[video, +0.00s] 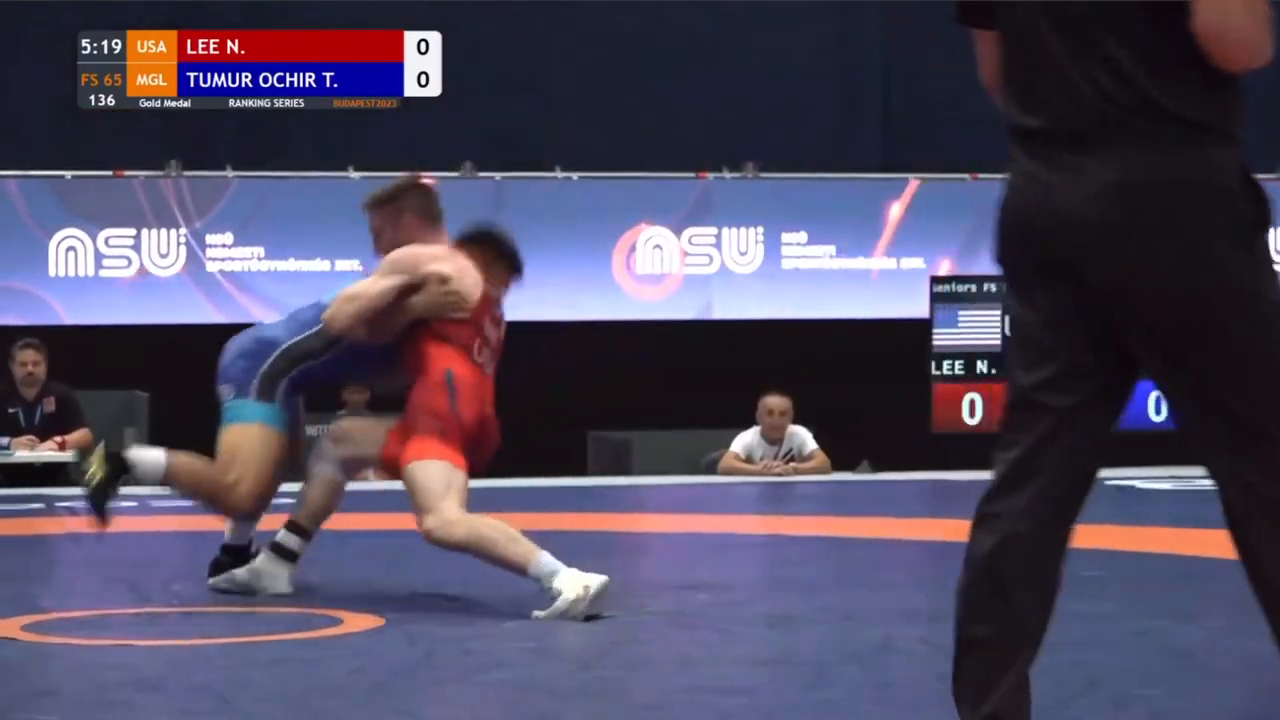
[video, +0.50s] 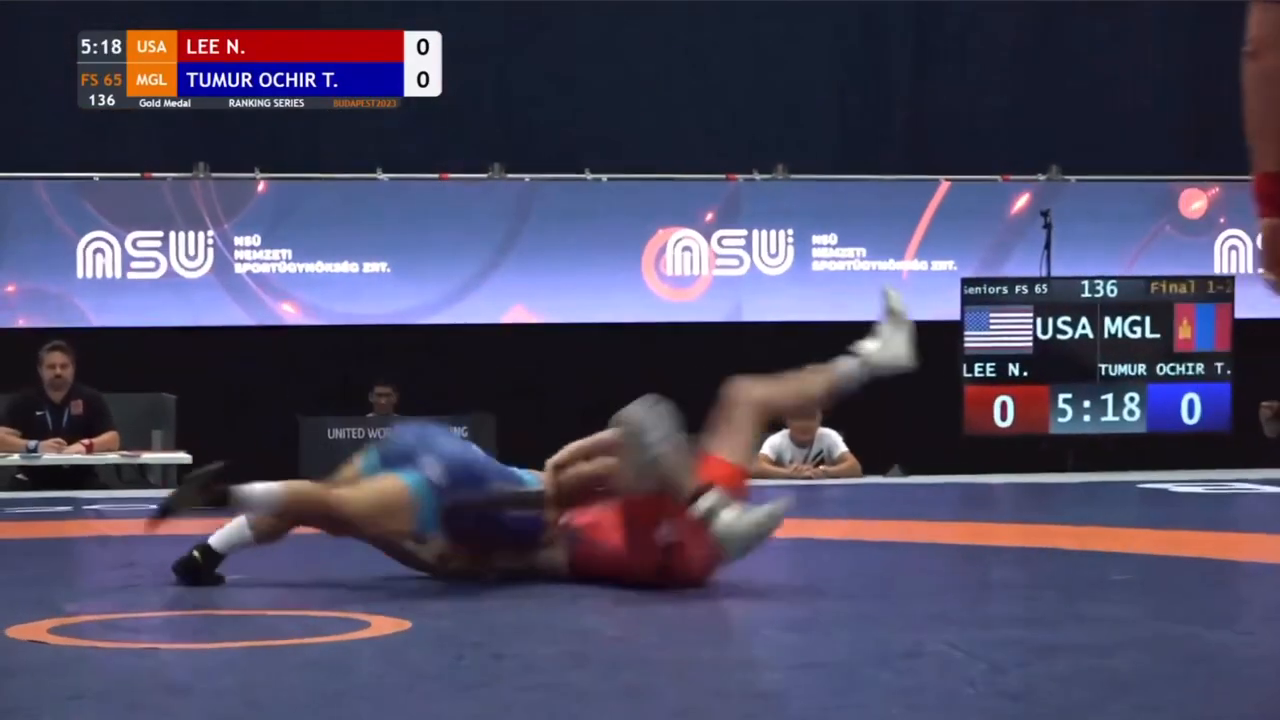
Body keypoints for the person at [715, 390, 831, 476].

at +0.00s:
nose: (776, 420)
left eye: (782, 414)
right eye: (769, 414)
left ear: (791, 417)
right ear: (758, 416)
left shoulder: (799, 434)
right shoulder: (747, 437)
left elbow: (824, 465)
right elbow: (725, 466)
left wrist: (791, 468)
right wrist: (762, 469)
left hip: (793, 497)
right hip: (754, 497)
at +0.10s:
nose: (776, 420)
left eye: (782, 414)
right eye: (770, 414)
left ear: (791, 417)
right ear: (758, 417)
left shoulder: (799, 434)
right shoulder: (747, 438)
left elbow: (824, 465)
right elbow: (725, 466)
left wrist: (792, 469)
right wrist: (761, 470)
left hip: (793, 497)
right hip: (755, 498)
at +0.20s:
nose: (777, 421)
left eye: (784, 415)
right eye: (771, 415)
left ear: (792, 417)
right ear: (760, 417)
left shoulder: (801, 435)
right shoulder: (749, 438)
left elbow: (826, 466)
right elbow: (727, 466)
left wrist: (794, 470)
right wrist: (763, 470)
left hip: (794, 497)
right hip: (757, 498)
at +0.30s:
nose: (791, 421)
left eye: (797, 415)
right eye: (784, 415)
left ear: (805, 418)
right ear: (773, 417)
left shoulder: (815, 435)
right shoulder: (762, 439)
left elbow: (840, 466)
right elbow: (741, 467)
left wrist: (807, 470)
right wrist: (778, 471)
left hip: (808, 498)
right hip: (771, 499)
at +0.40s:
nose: (799, 422)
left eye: (805, 416)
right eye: (792, 416)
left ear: (814, 419)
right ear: (781, 418)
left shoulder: (823, 436)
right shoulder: (770, 439)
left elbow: (848, 467)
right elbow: (749, 467)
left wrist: (816, 471)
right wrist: (785, 472)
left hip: (817, 500)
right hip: (779, 501)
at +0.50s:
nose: (805, 426)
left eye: (811, 420)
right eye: (799, 420)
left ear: (819, 419)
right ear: (788, 421)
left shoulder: (830, 438)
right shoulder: (777, 441)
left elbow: (855, 468)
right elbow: (760, 468)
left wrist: (825, 472)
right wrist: (792, 474)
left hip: (824, 502)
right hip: (786, 502)